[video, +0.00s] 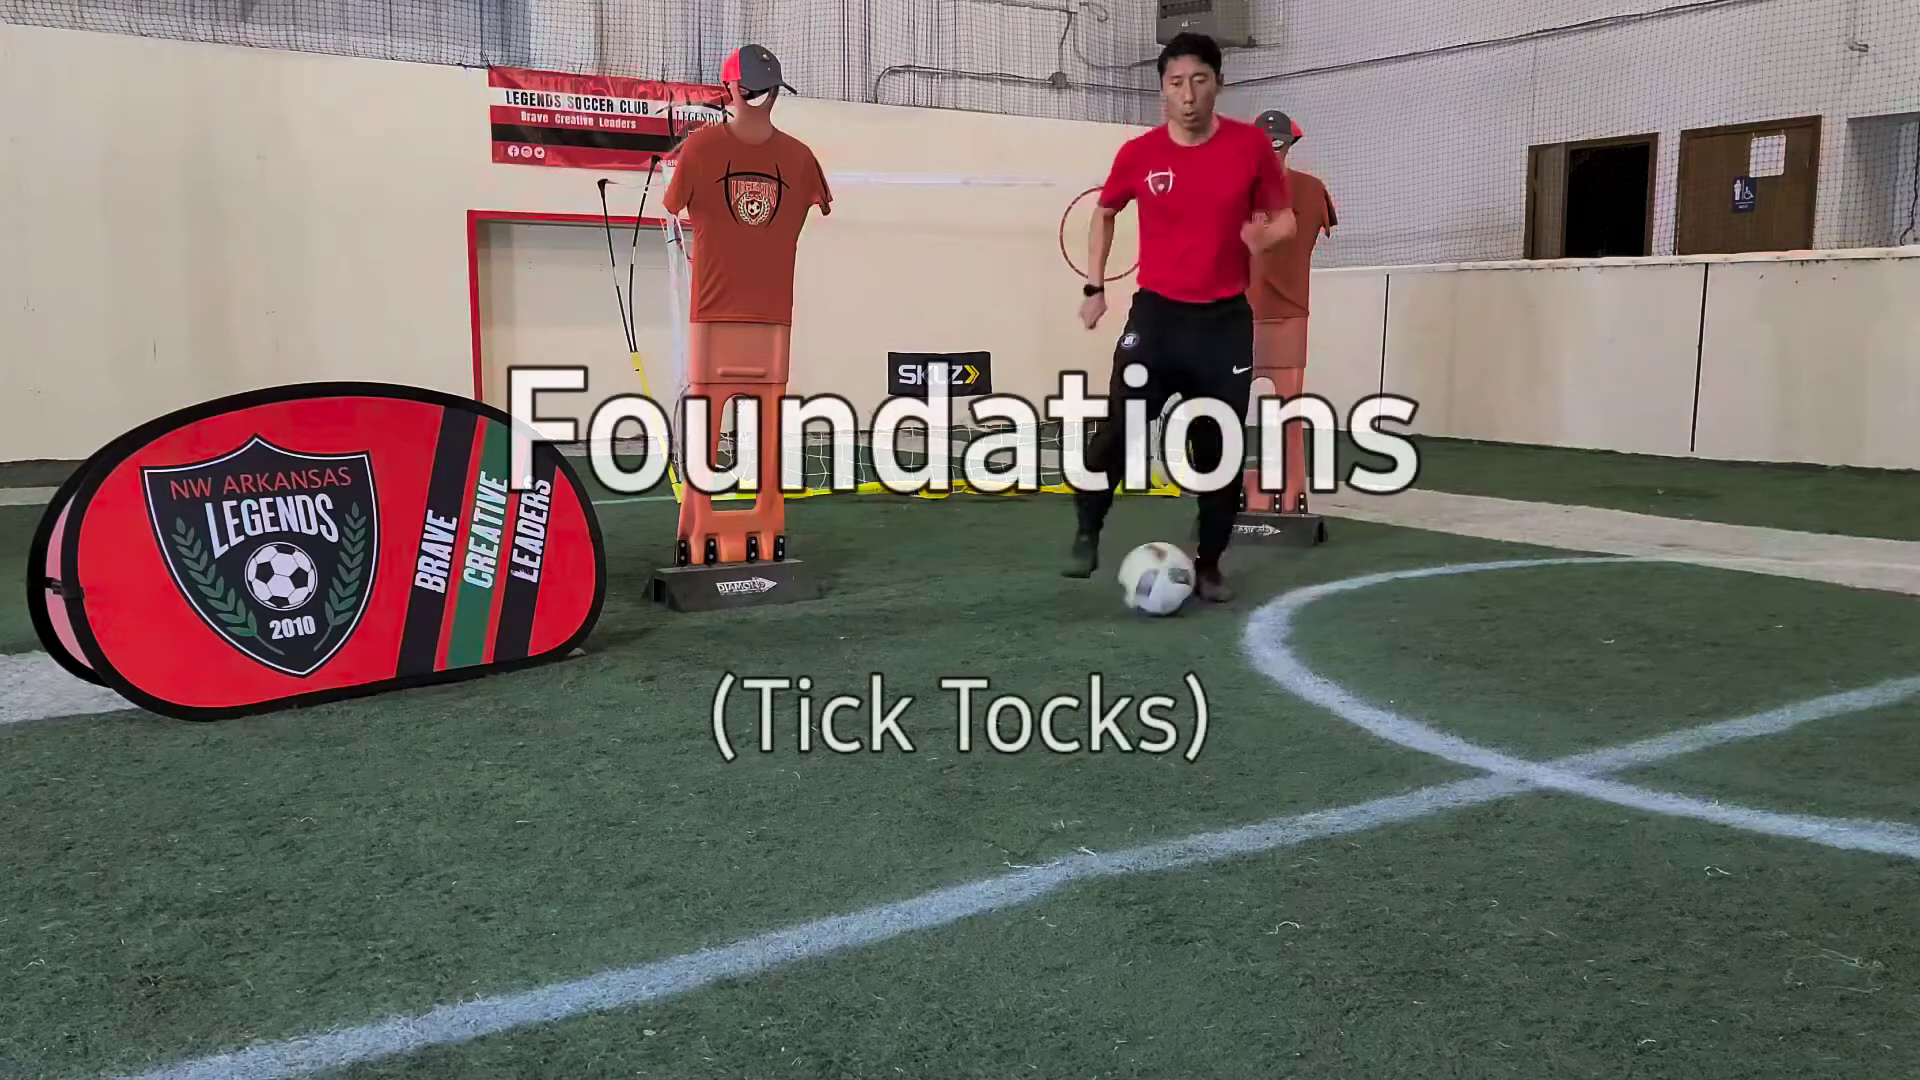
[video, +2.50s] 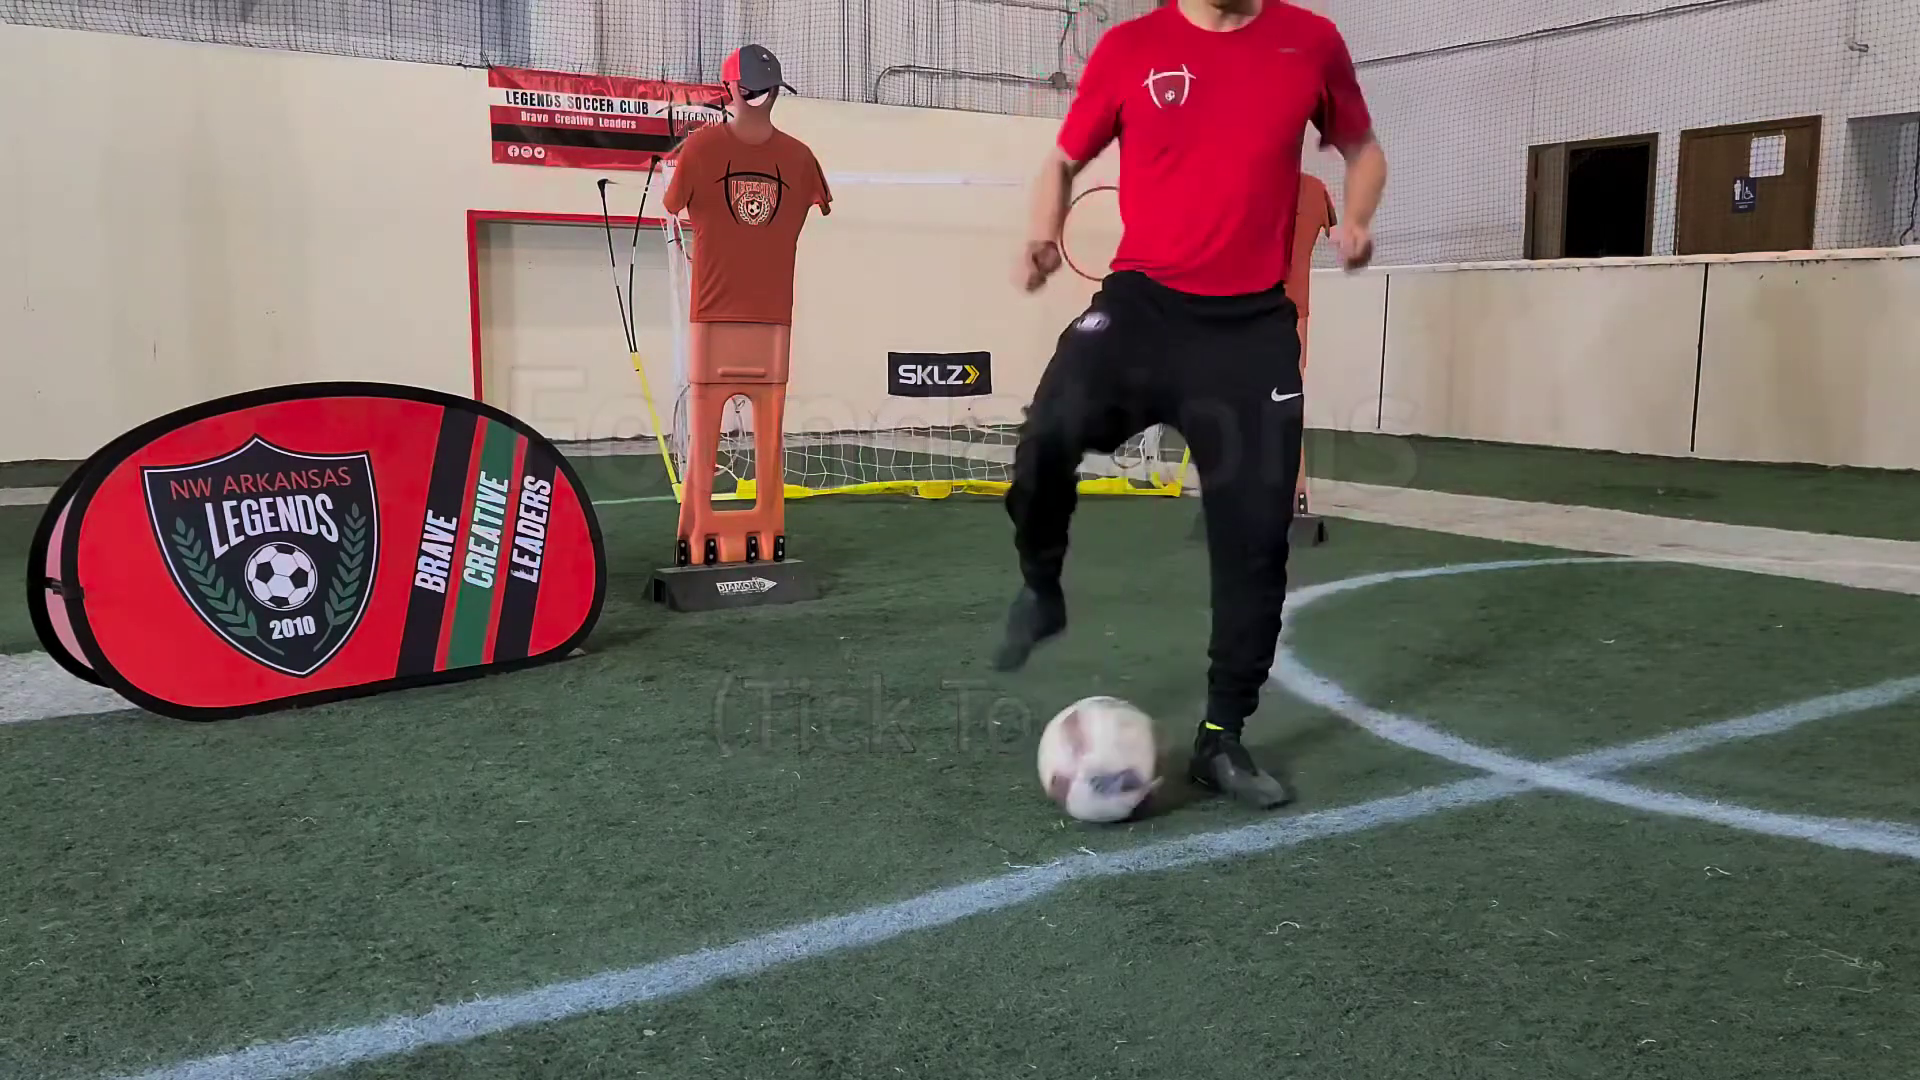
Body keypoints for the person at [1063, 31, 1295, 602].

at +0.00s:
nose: (1189, 93)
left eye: (1200, 81)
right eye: (1177, 82)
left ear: (1218, 86)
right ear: (1162, 90)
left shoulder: (1254, 145)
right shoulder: (1139, 152)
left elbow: (1286, 222)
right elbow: (1104, 213)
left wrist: (1263, 236)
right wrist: (1095, 286)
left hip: (1225, 318)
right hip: (1156, 313)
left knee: (1222, 446)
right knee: (1118, 428)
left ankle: (1208, 565)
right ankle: (1088, 529)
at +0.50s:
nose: (1184, 57)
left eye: (1196, 43)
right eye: (1171, 44)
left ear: (1215, 50)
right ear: (1154, 51)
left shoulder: (1242, 110)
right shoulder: (1123, 112)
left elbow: (1262, 175)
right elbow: (1079, 183)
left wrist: (1248, 220)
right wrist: (1083, 253)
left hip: (1211, 300)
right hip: (1135, 297)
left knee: (1223, 439)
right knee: (1098, 430)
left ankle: (1210, 581)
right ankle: (1094, 543)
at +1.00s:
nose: (1180, 36)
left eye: (1191, 22)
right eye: (1166, 23)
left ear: (1208, 27)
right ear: (1146, 29)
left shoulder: (1236, 98)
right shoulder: (1109, 98)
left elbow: (1248, 159)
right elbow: (1052, 187)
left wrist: (1257, 223)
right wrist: (1086, 187)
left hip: (1201, 299)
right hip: (1121, 302)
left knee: (1254, 442)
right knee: (1107, 456)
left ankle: (1281, 599)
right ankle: (1108, 591)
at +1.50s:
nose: (1185, 26)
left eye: (1199, 10)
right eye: (1170, 9)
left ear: (1218, 14)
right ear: (1147, 12)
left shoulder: (1246, 93)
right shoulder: (1101, 96)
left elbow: (1273, 175)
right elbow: (1057, 192)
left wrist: (1272, 256)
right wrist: (1077, 227)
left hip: (1217, 310)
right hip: (1127, 317)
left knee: (1289, 442)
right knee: (1129, 480)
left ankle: (1323, 591)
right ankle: (1123, 636)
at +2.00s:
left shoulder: (1262, 35)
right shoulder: (1096, 41)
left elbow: (1308, 142)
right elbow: (1078, 123)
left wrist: (1287, 204)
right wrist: (1067, 218)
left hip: (1222, 291)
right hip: (1121, 292)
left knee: (1277, 476)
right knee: (1096, 479)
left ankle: (1279, 632)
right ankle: (1093, 659)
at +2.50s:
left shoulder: (1311, 39)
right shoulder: (1128, 45)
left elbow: (1361, 146)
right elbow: (1064, 159)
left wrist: (1357, 219)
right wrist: (1042, 234)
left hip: (1251, 325)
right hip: (1137, 309)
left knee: (1257, 540)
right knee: (1048, 436)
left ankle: (1223, 739)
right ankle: (1041, 595)